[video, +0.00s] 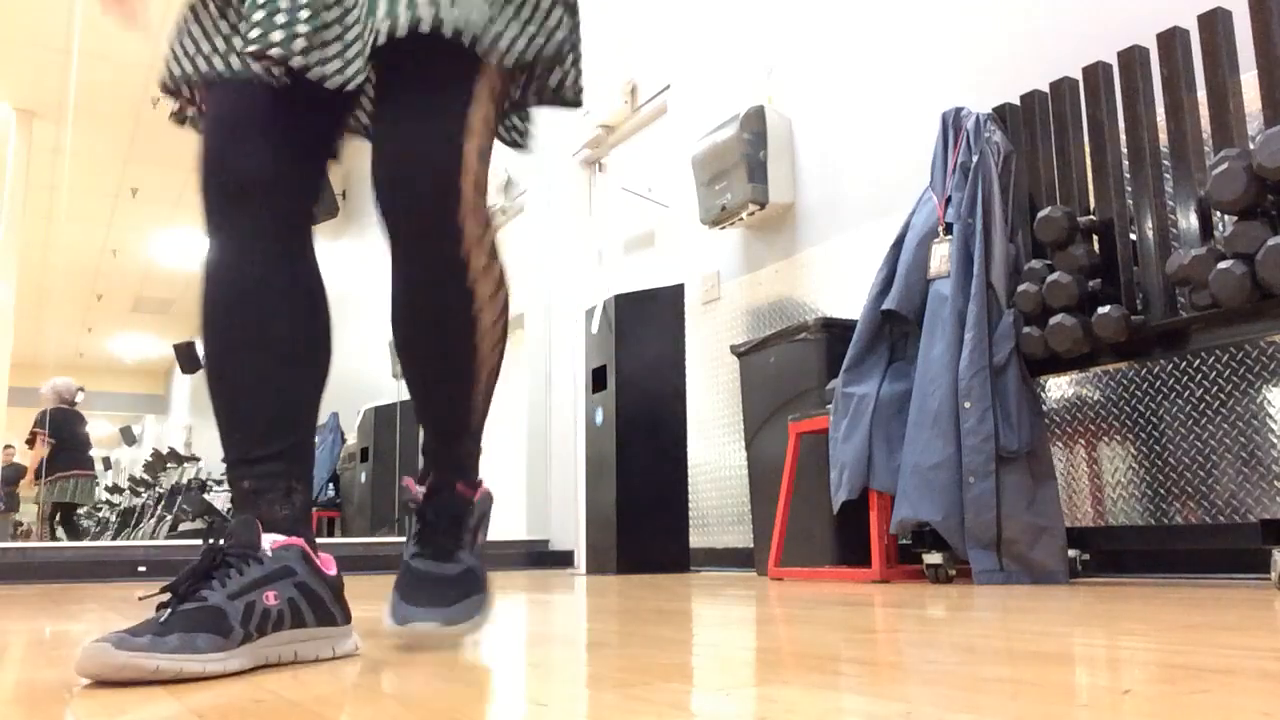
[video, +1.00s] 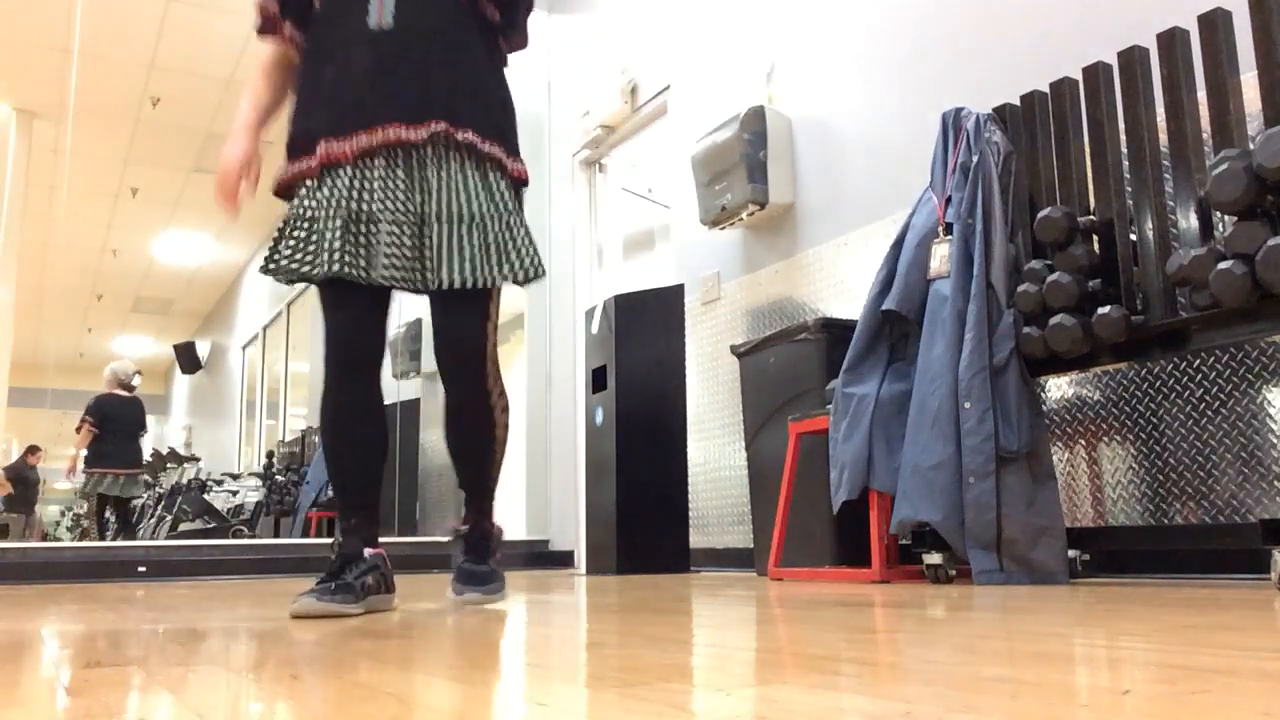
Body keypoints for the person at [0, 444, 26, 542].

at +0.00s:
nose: (7, 457)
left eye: (10, 455)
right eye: (6, 454)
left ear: (14, 456)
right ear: (2, 454)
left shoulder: (17, 468)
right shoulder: (3, 468)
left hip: (8, 505)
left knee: (4, 534)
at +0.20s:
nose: (18, 459)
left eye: (20, 456)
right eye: (16, 455)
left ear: (21, 456)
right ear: (7, 455)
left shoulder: (22, 468)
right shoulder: (2, 466)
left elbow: (38, 476)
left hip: (13, 505)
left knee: (6, 537)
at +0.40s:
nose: (24, 459)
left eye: (26, 457)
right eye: (22, 456)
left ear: (27, 457)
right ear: (13, 455)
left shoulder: (26, 468)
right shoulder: (3, 466)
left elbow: (40, 476)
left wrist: (29, 486)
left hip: (17, 506)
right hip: (3, 504)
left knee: (8, 537)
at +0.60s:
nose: (28, 460)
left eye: (29, 457)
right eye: (27, 457)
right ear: (18, 455)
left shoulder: (29, 469)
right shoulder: (4, 465)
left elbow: (38, 478)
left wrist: (29, 466)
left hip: (21, 508)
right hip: (5, 506)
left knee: (18, 534)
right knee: (7, 533)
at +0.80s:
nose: (31, 460)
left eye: (32, 457)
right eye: (30, 456)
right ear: (21, 454)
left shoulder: (31, 467)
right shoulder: (7, 465)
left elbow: (30, 487)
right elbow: (7, 486)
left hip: (25, 509)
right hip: (12, 509)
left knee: (21, 539)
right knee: (12, 539)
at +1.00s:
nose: (39, 461)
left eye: (40, 458)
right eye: (38, 457)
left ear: (30, 455)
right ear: (29, 455)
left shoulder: (33, 467)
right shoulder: (18, 466)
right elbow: (2, 474)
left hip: (29, 508)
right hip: (16, 509)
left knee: (35, 535)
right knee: (15, 538)